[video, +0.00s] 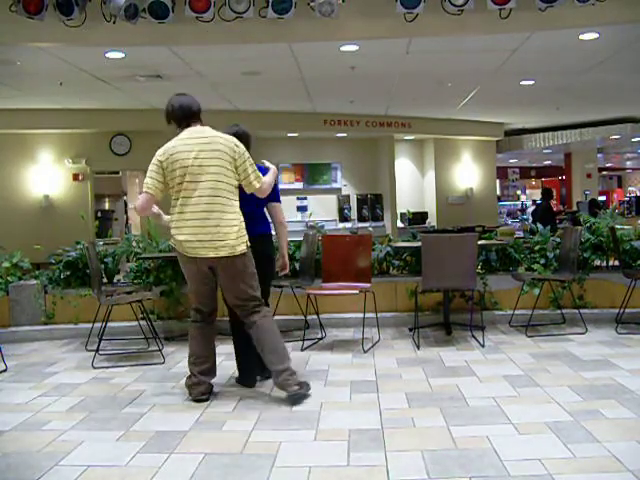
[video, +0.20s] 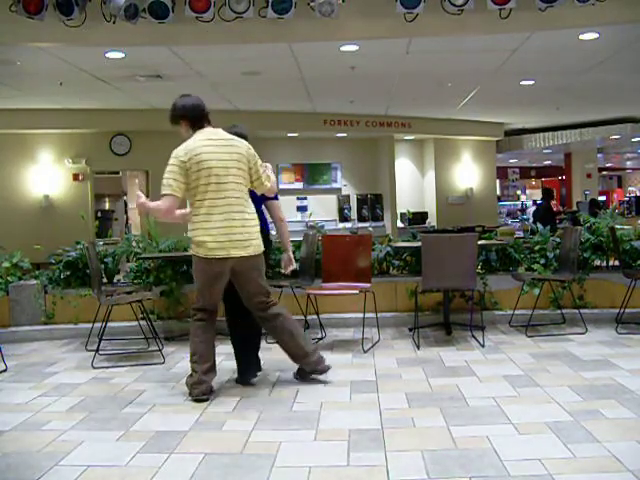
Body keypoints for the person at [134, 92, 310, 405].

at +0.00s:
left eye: (170, 123)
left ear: (173, 122)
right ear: (200, 115)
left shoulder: (166, 152)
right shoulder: (228, 143)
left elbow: (144, 206)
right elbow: (261, 191)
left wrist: (158, 212)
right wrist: (273, 172)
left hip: (188, 243)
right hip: (230, 241)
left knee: (201, 314)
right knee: (253, 309)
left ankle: (200, 386)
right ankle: (289, 382)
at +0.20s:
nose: (179, 132)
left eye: (178, 127)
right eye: (178, 127)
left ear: (185, 123)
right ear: (206, 118)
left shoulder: (184, 152)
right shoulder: (240, 145)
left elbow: (168, 206)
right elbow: (267, 189)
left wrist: (146, 205)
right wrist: (268, 172)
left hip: (210, 248)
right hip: (248, 245)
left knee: (204, 315)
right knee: (265, 305)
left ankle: (200, 385)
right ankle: (312, 362)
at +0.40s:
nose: (203, 134)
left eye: (204, 128)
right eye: (201, 129)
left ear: (217, 123)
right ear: (229, 122)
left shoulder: (222, 153)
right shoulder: (260, 147)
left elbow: (204, 210)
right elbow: (279, 192)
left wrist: (168, 206)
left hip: (242, 252)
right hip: (275, 249)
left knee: (214, 311)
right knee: (274, 307)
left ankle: (204, 385)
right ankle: (321, 352)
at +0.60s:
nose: (238, 135)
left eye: (240, 129)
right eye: (236, 130)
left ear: (256, 124)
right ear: (260, 124)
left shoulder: (270, 153)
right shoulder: (282, 146)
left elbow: (258, 207)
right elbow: (264, 202)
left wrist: (212, 203)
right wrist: (219, 205)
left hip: (276, 248)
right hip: (296, 245)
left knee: (240, 308)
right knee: (288, 310)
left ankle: (215, 382)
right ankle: (329, 363)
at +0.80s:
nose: (269, 136)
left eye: (271, 130)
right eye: (267, 130)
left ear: (288, 126)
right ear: (285, 128)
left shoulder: (308, 155)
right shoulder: (290, 153)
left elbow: (311, 203)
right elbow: (278, 187)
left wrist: (267, 194)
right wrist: (257, 190)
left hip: (307, 242)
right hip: (295, 240)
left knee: (273, 305)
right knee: (292, 308)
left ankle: (241, 377)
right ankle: (328, 362)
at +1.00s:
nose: (211, 141)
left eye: (216, 137)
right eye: (207, 138)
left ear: (228, 141)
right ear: (203, 145)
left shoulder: (244, 166)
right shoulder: (202, 176)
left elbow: (267, 199)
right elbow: (199, 218)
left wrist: (284, 185)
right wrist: (186, 252)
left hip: (244, 245)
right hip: (214, 246)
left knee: (235, 306)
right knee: (203, 305)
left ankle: (245, 366)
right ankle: (210, 365)